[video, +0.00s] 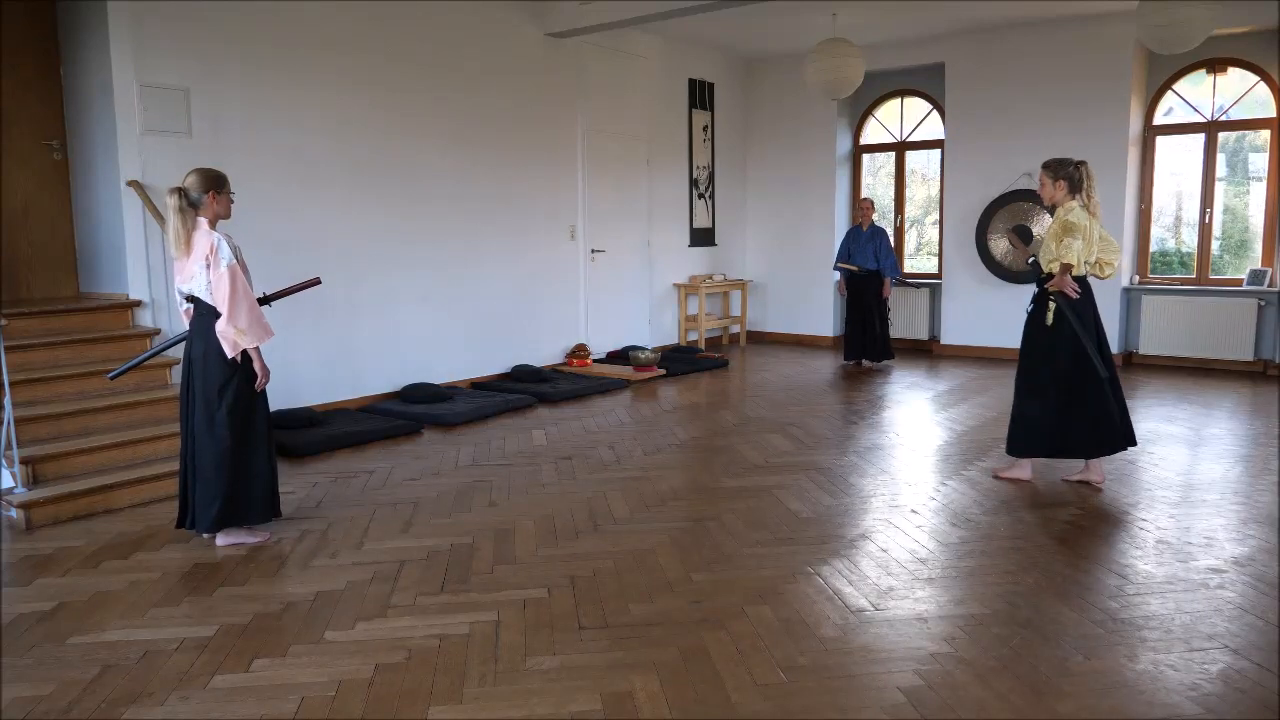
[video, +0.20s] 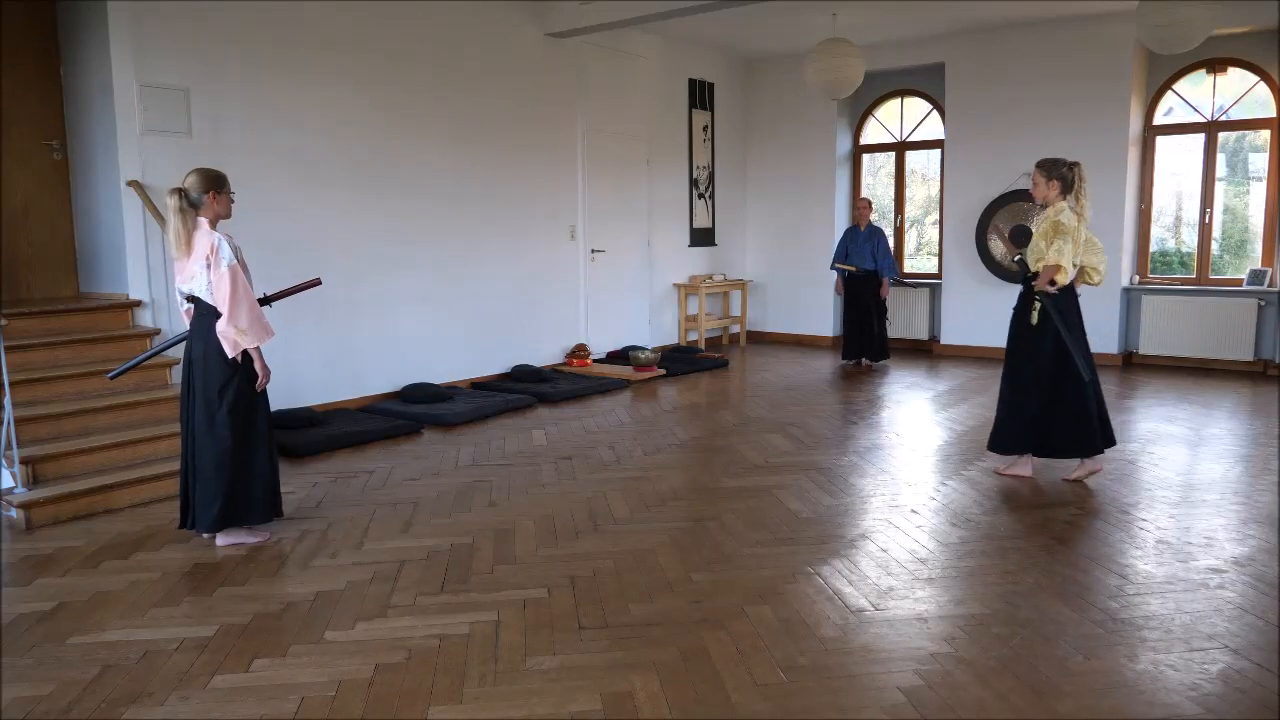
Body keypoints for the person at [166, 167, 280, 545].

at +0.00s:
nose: (232, 201)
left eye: (231, 194)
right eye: (229, 195)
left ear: (202, 199)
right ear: (212, 198)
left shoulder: (184, 241)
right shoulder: (218, 242)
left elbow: (186, 303)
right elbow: (234, 304)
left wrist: (204, 333)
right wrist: (255, 352)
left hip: (200, 343)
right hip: (225, 344)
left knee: (211, 432)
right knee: (232, 433)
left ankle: (216, 521)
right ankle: (231, 526)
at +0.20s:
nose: (233, 201)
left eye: (231, 194)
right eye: (229, 194)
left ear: (203, 199)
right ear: (212, 198)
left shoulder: (185, 241)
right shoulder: (218, 242)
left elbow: (187, 303)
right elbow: (235, 304)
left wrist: (204, 333)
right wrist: (256, 352)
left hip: (200, 343)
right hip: (225, 345)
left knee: (210, 432)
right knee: (232, 433)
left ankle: (215, 521)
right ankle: (230, 526)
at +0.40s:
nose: (233, 201)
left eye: (231, 195)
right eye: (229, 195)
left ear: (203, 199)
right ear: (212, 199)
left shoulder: (184, 242)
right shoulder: (219, 243)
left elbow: (186, 305)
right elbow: (235, 305)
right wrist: (256, 352)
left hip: (200, 344)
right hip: (225, 345)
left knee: (210, 432)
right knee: (232, 433)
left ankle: (214, 521)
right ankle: (230, 526)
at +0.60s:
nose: (233, 201)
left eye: (231, 194)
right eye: (229, 194)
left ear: (203, 199)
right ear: (212, 198)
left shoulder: (185, 242)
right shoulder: (218, 242)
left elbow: (186, 304)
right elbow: (235, 304)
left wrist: (209, 330)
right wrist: (255, 352)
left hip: (200, 344)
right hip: (225, 345)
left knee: (210, 432)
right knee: (233, 433)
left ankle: (212, 522)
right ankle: (231, 526)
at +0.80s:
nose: (233, 201)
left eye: (231, 195)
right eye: (229, 195)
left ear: (203, 199)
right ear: (212, 199)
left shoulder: (184, 242)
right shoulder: (219, 243)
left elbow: (186, 305)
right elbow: (235, 304)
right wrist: (256, 352)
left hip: (200, 344)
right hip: (225, 345)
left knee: (209, 432)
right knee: (232, 433)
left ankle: (212, 521)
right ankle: (230, 526)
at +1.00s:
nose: (232, 202)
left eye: (231, 195)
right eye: (229, 196)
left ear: (203, 199)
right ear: (212, 199)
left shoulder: (184, 241)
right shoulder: (218, 242)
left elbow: (186, 304)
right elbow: (234, 304)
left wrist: (207, 331)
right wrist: (255, 352)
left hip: (200, 344)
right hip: (225, 345)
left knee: (209, 432)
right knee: (232, 433)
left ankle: (212, 521)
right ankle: (230, 526)